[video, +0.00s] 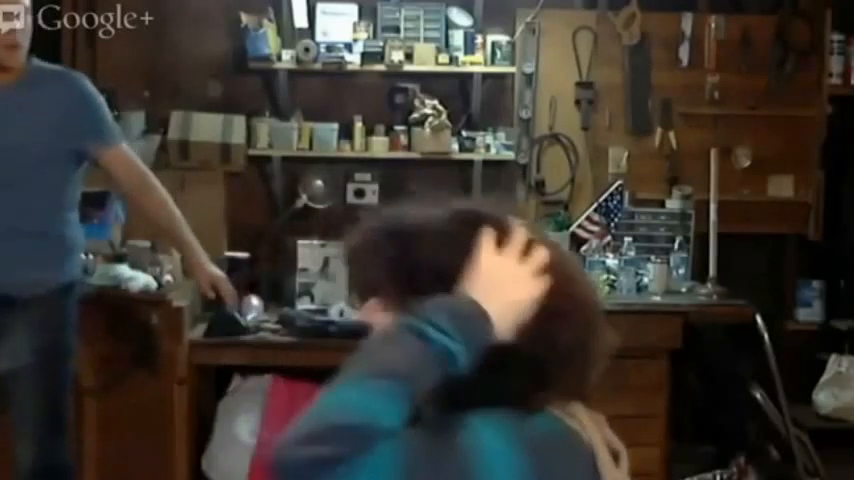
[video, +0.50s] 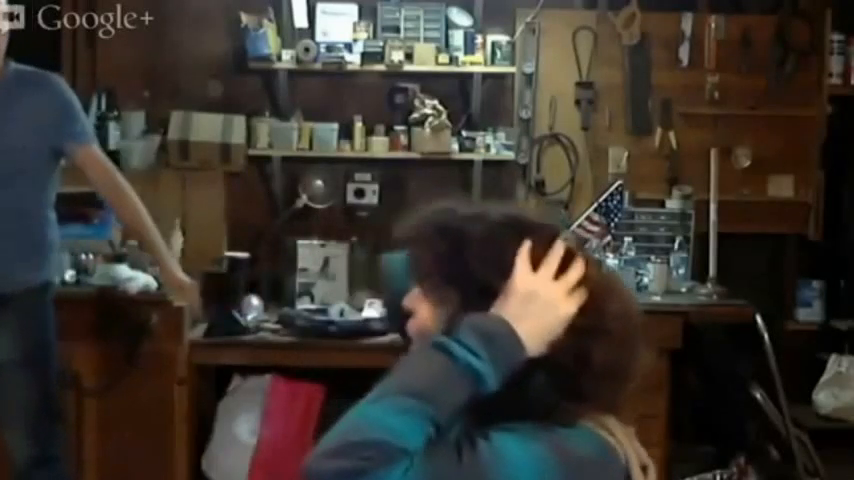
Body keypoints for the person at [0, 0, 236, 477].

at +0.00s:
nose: (12, 27)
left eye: (19, 14)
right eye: (3, 15)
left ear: (32, 20)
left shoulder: (67, 94)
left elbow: (139, 183)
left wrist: (197, 259)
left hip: (40, 290)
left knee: (39, 437)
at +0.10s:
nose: (10, 26)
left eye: (16, 14)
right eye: (2, 16)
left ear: (28, 21)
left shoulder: (62, 93)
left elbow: (134, 184)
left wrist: (192, 259)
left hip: (37, 288)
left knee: (37, 431)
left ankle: (44, 471)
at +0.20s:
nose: (10, 26)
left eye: (15, 15)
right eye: (3, 15)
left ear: (24, 21)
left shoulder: (57, 93)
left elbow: (129, 184)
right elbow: (128, 183)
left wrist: (184, 260)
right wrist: (185, 262)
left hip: (33, 286)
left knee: (35, 418)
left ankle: (43, 469)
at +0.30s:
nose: (8, 25)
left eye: (11, 14)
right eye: (3, 14)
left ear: (19, 21)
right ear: (1, 24)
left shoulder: (51, 93)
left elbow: (119, 180)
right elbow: (120, 180)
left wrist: (177, 259)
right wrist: (178, 260)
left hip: (28, 290)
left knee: (34, 436)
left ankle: (43, 468)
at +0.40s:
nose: (6, 25)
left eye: (9, 16)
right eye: (3, 15)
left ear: (17, 23)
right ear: (4, 24)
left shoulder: (48, 93)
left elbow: (117, 183)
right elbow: (117, 183)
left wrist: (172, 261)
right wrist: (173, 261)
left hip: (26, 289)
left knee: (34, 432)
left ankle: (44, 466)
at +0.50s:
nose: (6, 24)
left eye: (7, 17)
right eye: (3, 17)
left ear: (12, 25)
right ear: (7, 27)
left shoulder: (42, 93)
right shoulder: (41, 93)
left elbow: (108, 181)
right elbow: (109, 182)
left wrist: (168, 266)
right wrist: (169, 267)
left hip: (22, 284)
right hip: (18, 284)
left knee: (30, 418)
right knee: (29, 416)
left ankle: (41, 465)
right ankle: (40, 464)